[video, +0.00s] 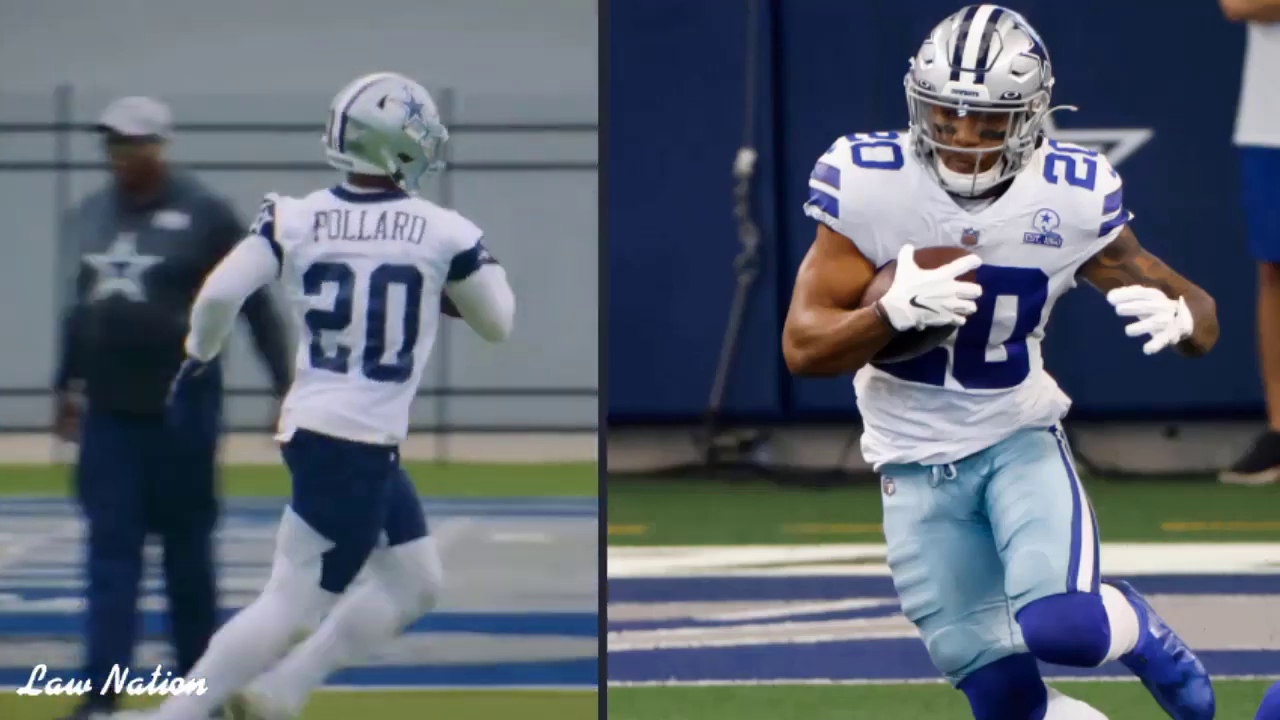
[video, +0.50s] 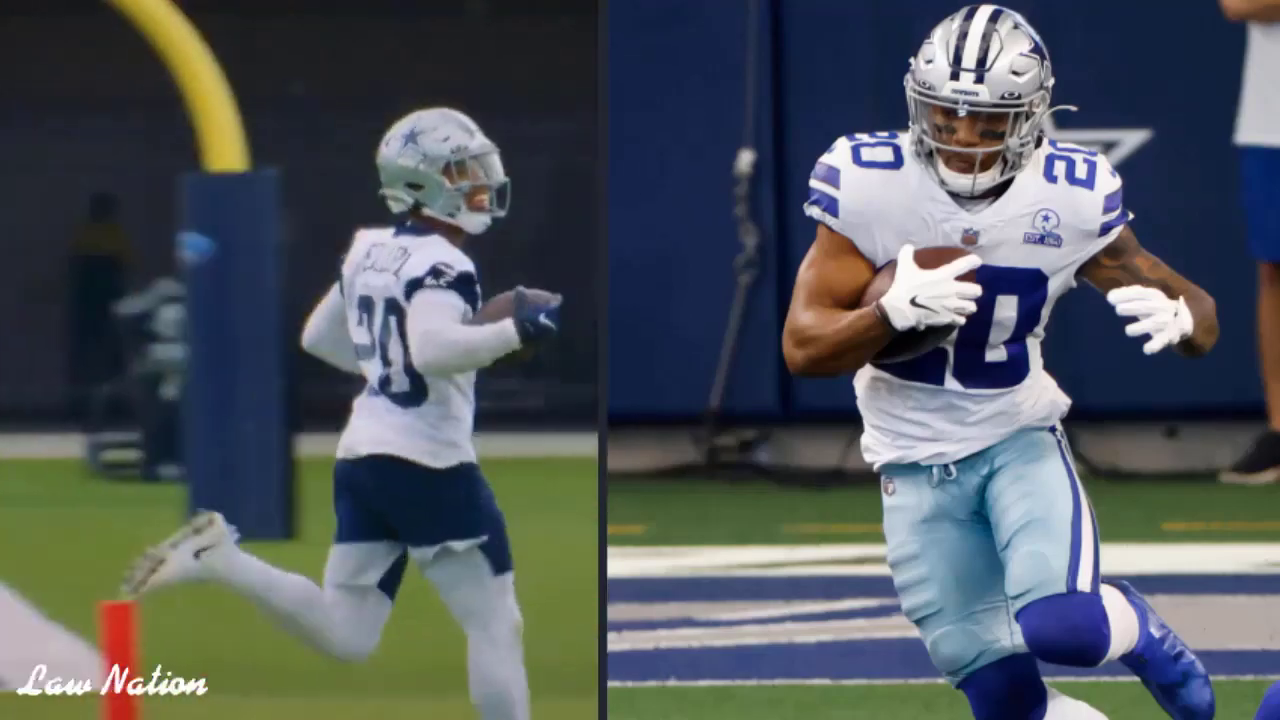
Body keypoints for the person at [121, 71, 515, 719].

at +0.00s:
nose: (424, 150)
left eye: (419, 140)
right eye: (419, 140)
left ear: (339, 139)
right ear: (412, 147)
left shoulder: (293, 217)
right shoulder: (445, 230)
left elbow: (217, 293)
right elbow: (498, 321)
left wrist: (200, 356)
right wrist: (446, 290)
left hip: (314, 429)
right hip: (356, 443)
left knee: (413, 582)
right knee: (291, 606)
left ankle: (278, 695)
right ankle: (177, 711)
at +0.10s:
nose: (435, 145)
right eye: (431, 136)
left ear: (354, 135)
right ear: (425, 143)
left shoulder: (311, 219)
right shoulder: (458, 228)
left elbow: (258, 304)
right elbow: (497, 349)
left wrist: (254, 358)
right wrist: (473, 322)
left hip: (350, 430)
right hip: (372, 437)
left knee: (428, 597)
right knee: (291, 595)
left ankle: (450, 716)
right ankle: (117, 575)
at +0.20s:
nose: (445, 179)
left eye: (442, 168)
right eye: (439, 169)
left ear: (357, 175)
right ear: (423, 178)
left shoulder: (313, 260)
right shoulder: (454, 263)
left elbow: (254, 350)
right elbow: (478, 381)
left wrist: (300, 346)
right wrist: (522, 407)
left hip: (334, 457)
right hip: (387, 466)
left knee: (424, 615)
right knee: (363, 641)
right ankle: (226, 549)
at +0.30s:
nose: (452, 167)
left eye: (450, 155)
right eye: (439, 156)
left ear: (370, 164)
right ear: (404, 165)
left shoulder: (324, 239)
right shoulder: (437, 241)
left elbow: (285, 332)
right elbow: (433, 342)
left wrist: (370, 311)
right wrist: (504, 388)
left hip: (335, 452)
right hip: (410, 454)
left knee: (321, 615)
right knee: (485, 596)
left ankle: (232, 712)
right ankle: (334, 654)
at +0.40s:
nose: (467, 159)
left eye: (466, 145)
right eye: (454, 146)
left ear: (393, 160)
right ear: (417, 155)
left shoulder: (354, 223)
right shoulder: (437, 231)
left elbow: (318, 315)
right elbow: (419, 325)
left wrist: (411, 328)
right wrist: (504, 356)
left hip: (355, 435)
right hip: (423, 437)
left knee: (316, 594)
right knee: (513, 579)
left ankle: (147, 618)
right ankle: (511, 716)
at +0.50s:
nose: (481, 186)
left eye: (479, 171)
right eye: (464, 174)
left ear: (409, 191)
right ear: (423, 187)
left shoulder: (369, 250)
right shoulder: (440, 260)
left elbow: (321, 336)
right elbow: (435, 348)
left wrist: (395, 367)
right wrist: (517, 329)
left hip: (363, 462)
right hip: (429, 467)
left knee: (348, 633)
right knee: (495, 623)